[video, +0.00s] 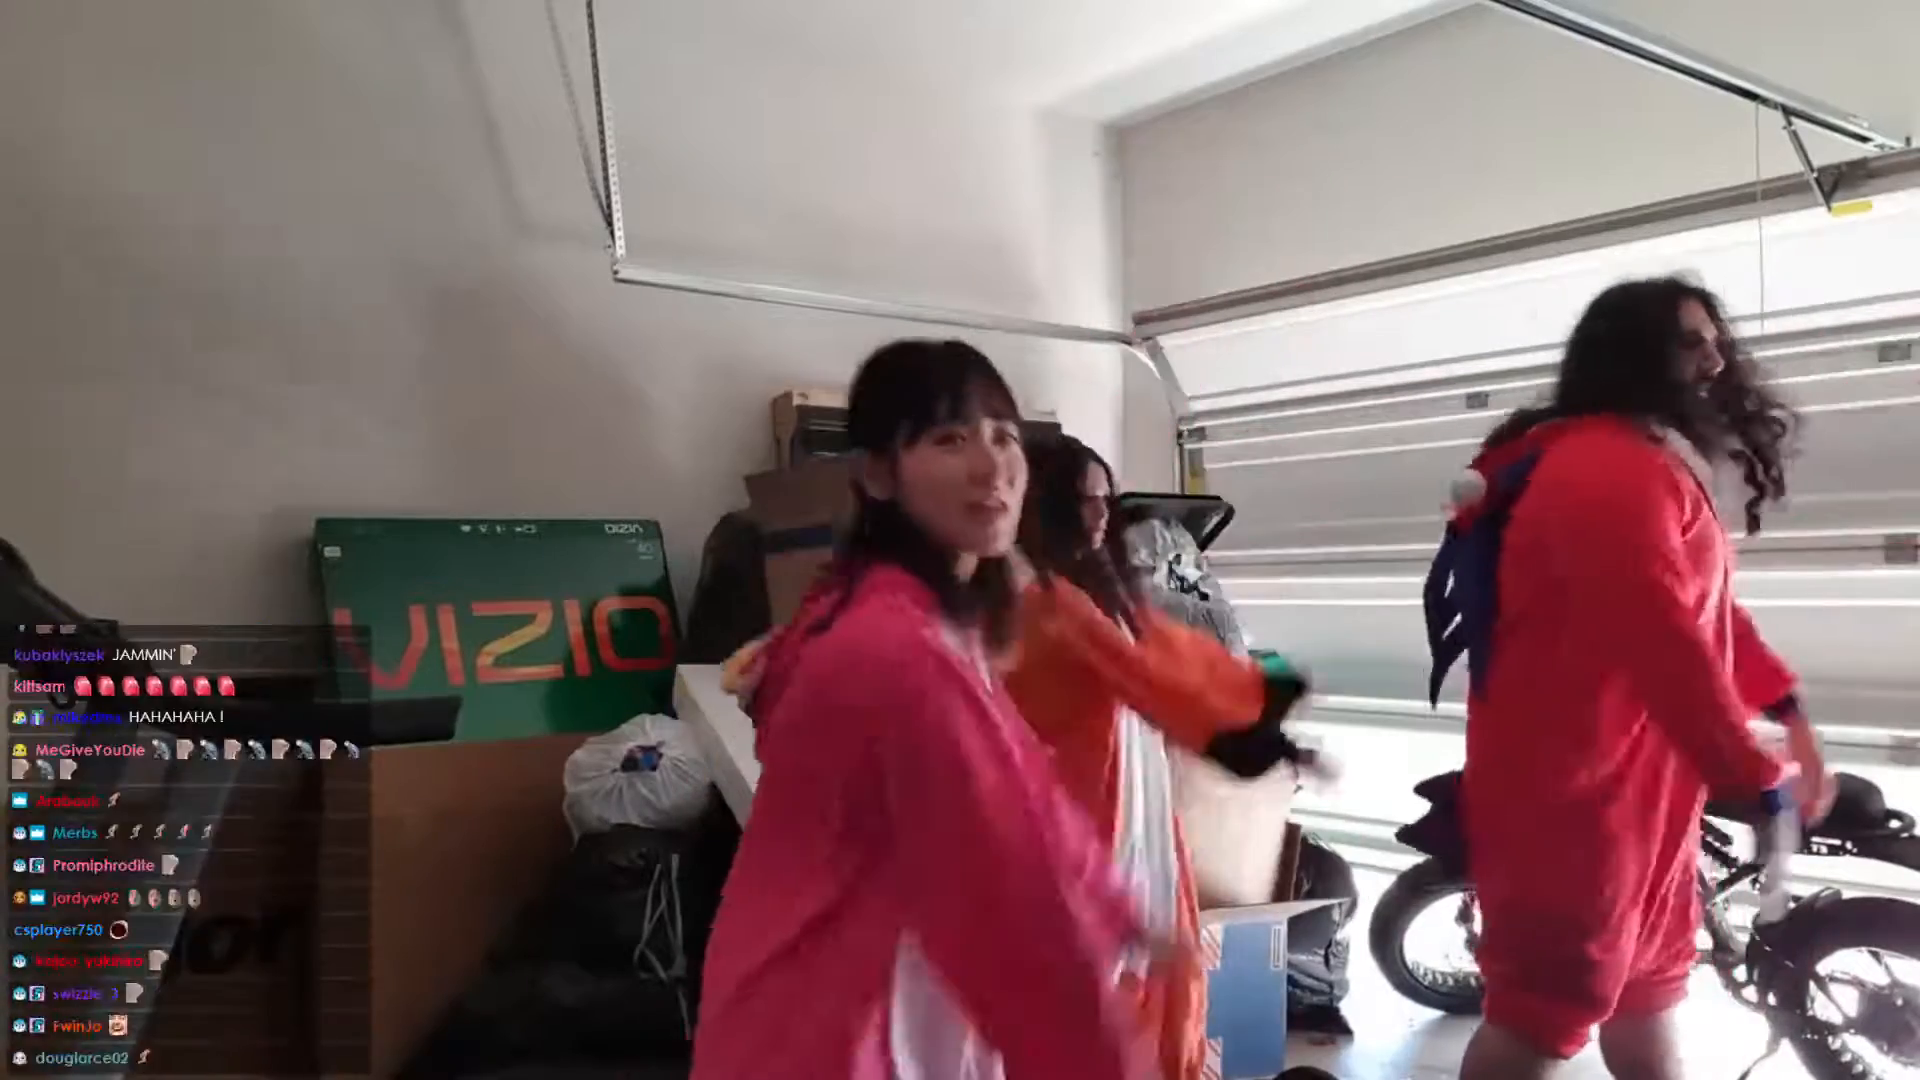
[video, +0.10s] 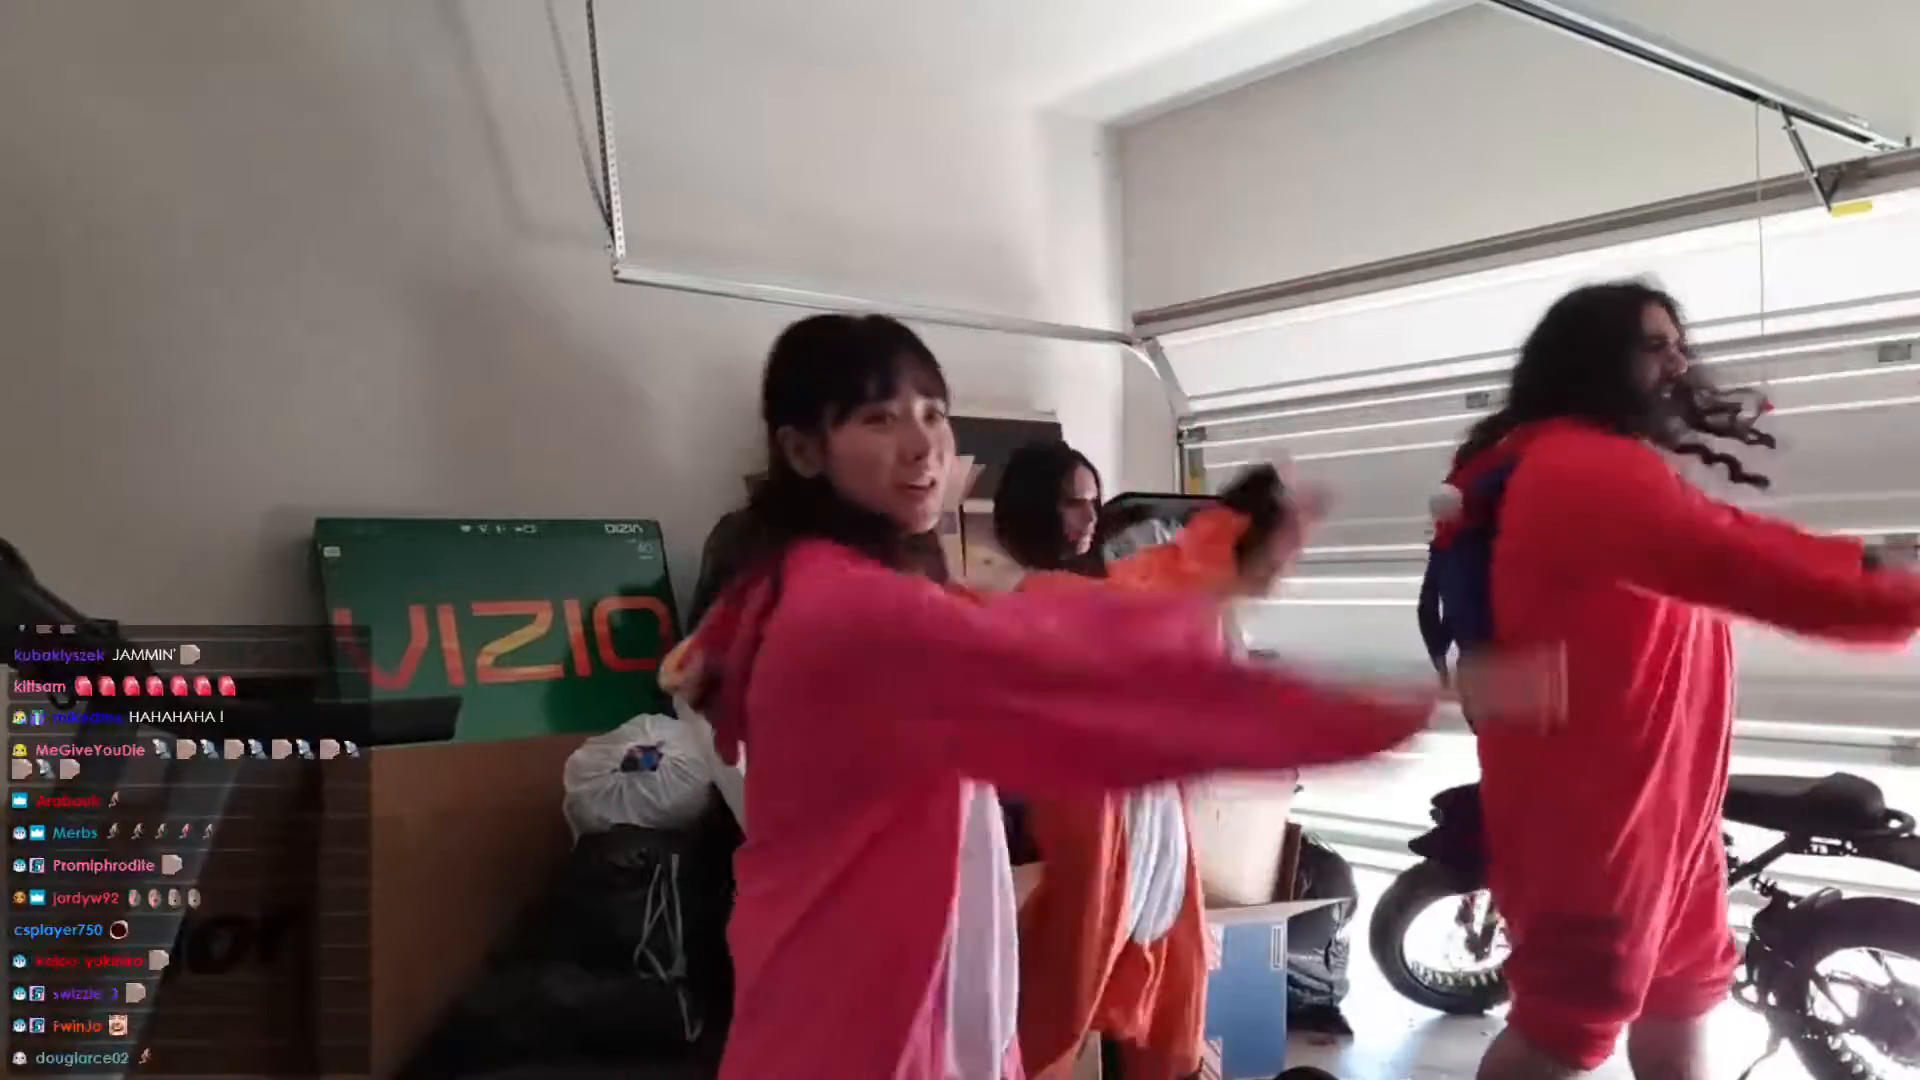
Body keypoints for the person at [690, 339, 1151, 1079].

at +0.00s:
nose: (992, 467)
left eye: (1004, 438)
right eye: (951, 441)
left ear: (1021, 457)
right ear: (878, 475)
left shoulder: (930, 625)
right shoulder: (889, 647)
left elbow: (1032, 795)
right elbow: (1016, 896)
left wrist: (1127, 920)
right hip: (819, 1036)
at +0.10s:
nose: (922, 444)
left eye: (932, 416)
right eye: (879, 418)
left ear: (953, 433)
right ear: (801, 448)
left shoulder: (895, 588)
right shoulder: (834, 608)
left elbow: (1083, 629)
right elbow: (1095, 703)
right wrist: (1422, 708)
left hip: (928, 1014)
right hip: (839, 1031)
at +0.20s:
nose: (896, 480)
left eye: (903, 449)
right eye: (849, 460)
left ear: (918, 458)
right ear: (777, 503)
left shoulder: (868, 620)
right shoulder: (802, 650)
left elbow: (1002, 527)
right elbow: (1016, 560)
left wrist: (1118, 350)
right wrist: (1230, 337)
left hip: (962, 1021)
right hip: (868, 1041)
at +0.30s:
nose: (906, 511)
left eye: (912, 480)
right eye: (861, 492)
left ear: (926, 488)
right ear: (784, 534)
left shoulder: (855, 661)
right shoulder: (819, 681)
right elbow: (989, 522)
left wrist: (990, 289)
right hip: (872, 1052)